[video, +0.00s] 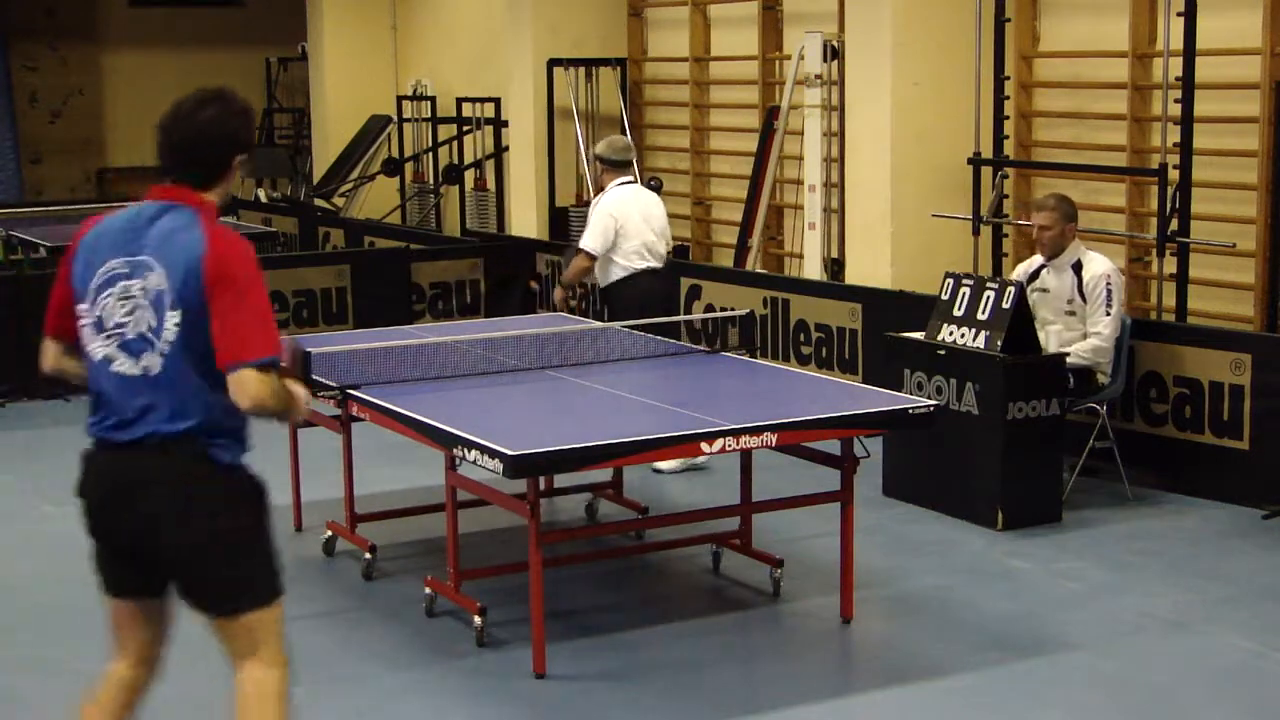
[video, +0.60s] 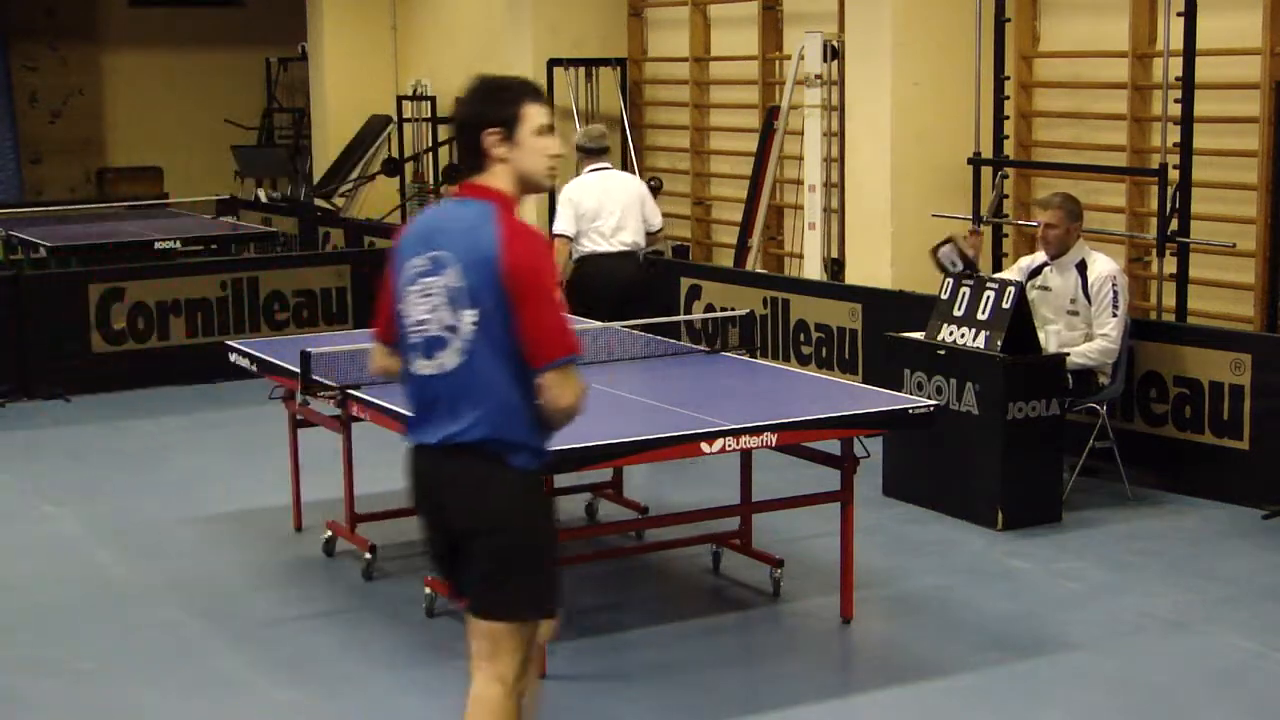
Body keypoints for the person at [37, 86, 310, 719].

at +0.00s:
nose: (244, 168)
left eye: (242, 156)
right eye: (245, 157)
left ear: (166, 151)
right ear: (233, 164)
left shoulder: (94, 237)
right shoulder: (221, 248)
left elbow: (55, 359)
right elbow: (249, 390)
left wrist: (133, 372)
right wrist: (290, 397)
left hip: (111, 474)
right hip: (201, 480)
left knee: (132, 656)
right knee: (258, 660)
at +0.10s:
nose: (286, 187)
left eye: (286, 173)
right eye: (285, 175)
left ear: (206, 171)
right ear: (271, 183)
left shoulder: (132, 249)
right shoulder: (254, 271)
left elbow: (85, 375)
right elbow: (267, 418)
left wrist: (155, 422)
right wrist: (323, 440)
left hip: (152, 502)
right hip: (241, 505)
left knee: (172, 684)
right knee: (323, 677)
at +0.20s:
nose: (335, 205)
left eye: (333, 192)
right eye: (333, 193)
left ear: (249, 195)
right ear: (316, 203)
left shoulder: (185, 275)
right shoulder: (293, 290)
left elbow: (121, 389)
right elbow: (307, 441)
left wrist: (180, 461)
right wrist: (367, 470)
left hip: (203, 529)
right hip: (292, 536)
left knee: (187, 701)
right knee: (390, 693)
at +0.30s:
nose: (393, 189)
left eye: (390, 175)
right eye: (389, 177)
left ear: (306, 182)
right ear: (365, 186)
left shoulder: (252, 268)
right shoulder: (354, 276)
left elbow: (191, 378)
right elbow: (369, 427)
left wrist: (244, 468)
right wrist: (417, 457)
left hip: (276, 513)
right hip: (356, 512)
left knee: (257, 687)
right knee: (439, 680)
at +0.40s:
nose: (457, 175)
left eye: (455, 161)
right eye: (449, 162)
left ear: (391, 172)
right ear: (410, 175)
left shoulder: (316, 255)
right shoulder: (416, 260)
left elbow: (258, 362)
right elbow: (441, 417)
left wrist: (317, 421)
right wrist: (478, 444)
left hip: (341, 496)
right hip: (418, 497)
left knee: (369, 674)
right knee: (470, 678)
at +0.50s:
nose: (506, 154)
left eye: (504, 140)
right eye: (495, 142)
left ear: (447, 157)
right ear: (452, 156)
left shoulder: (369, 239)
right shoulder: (471, 246)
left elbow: (328, 359)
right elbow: (508, 409)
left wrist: (400, 382)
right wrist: (526, 399)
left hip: (390, 478)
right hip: (459, 483)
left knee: (448, 651)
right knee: (486, 664)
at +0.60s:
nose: (556, 146)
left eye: (553, 132)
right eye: (542, 132)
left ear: (495, 145)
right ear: (497, 144)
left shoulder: (415, 230)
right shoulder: (516, 238)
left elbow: (385, 359)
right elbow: (562, 393)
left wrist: (468, 359)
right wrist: (529, 411)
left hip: (436, 464)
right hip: (500, 471)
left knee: (538, 622)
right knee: (497, 668)